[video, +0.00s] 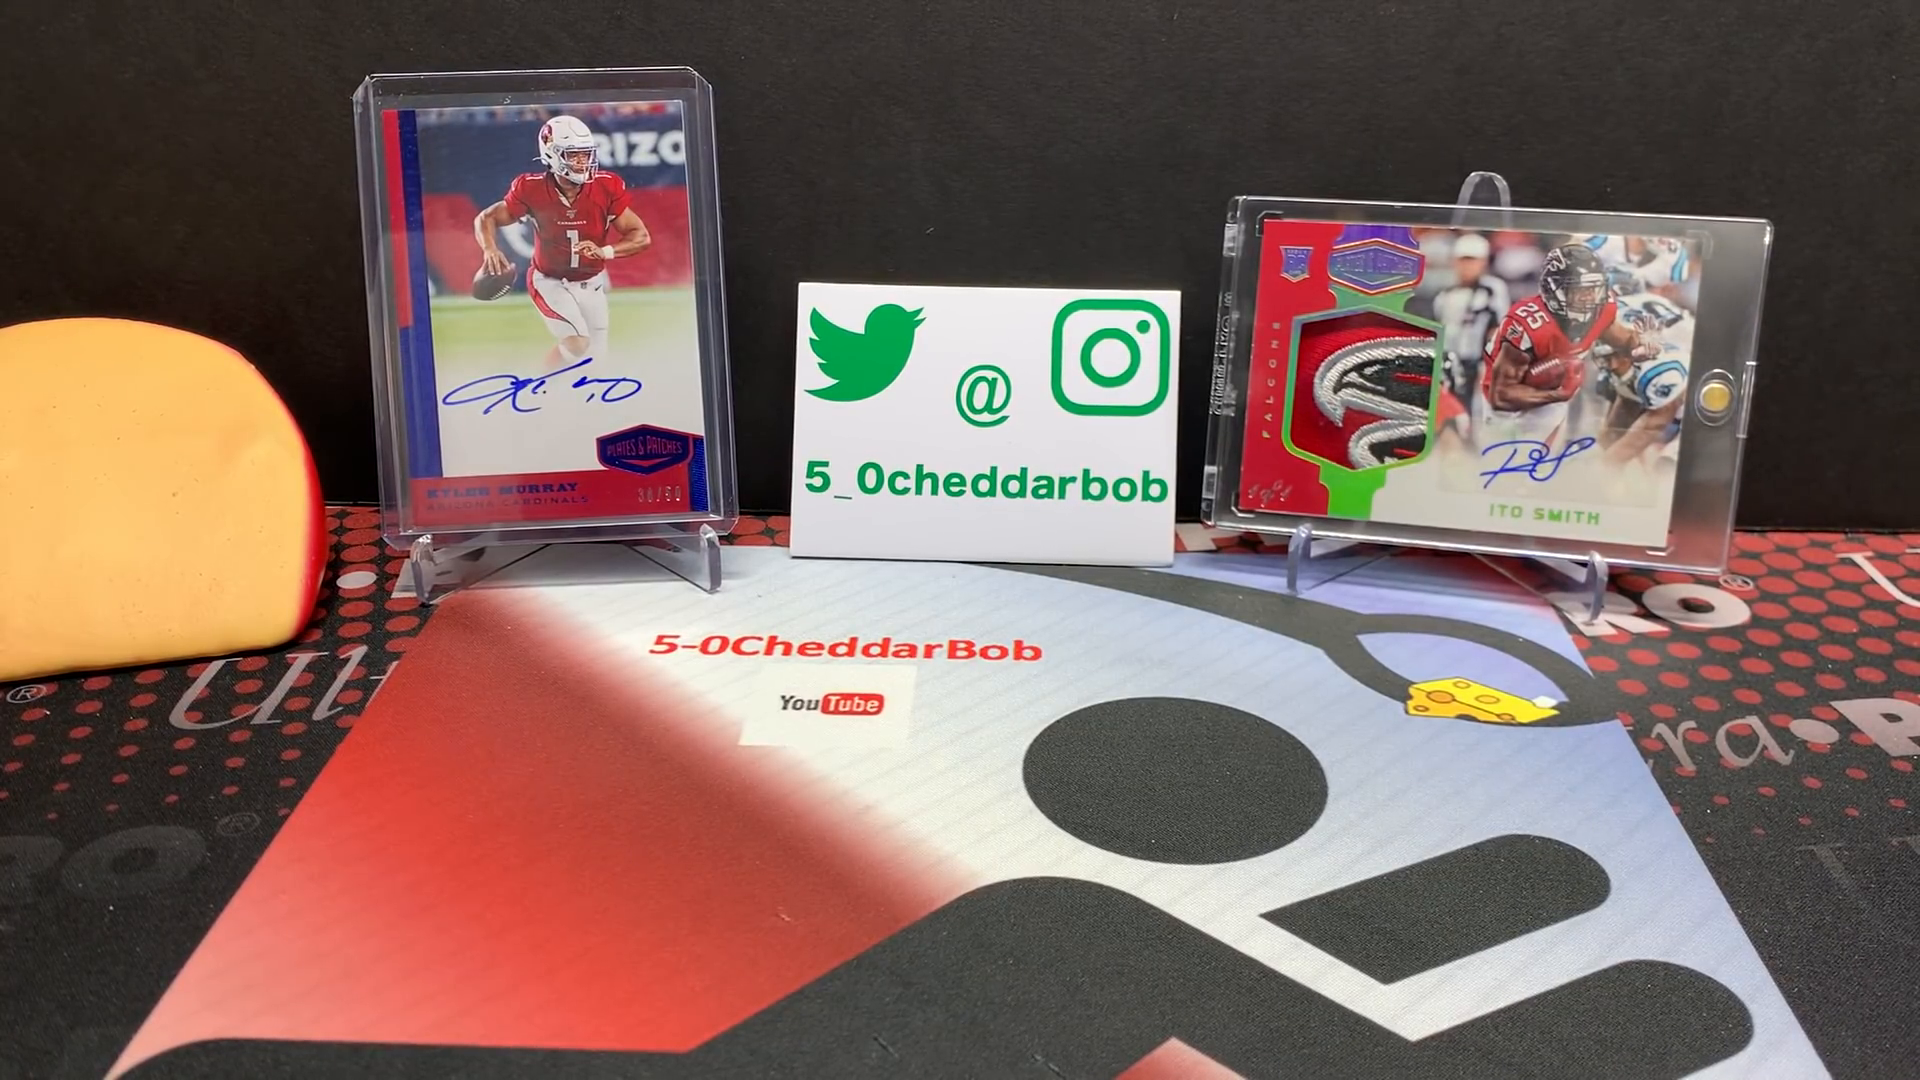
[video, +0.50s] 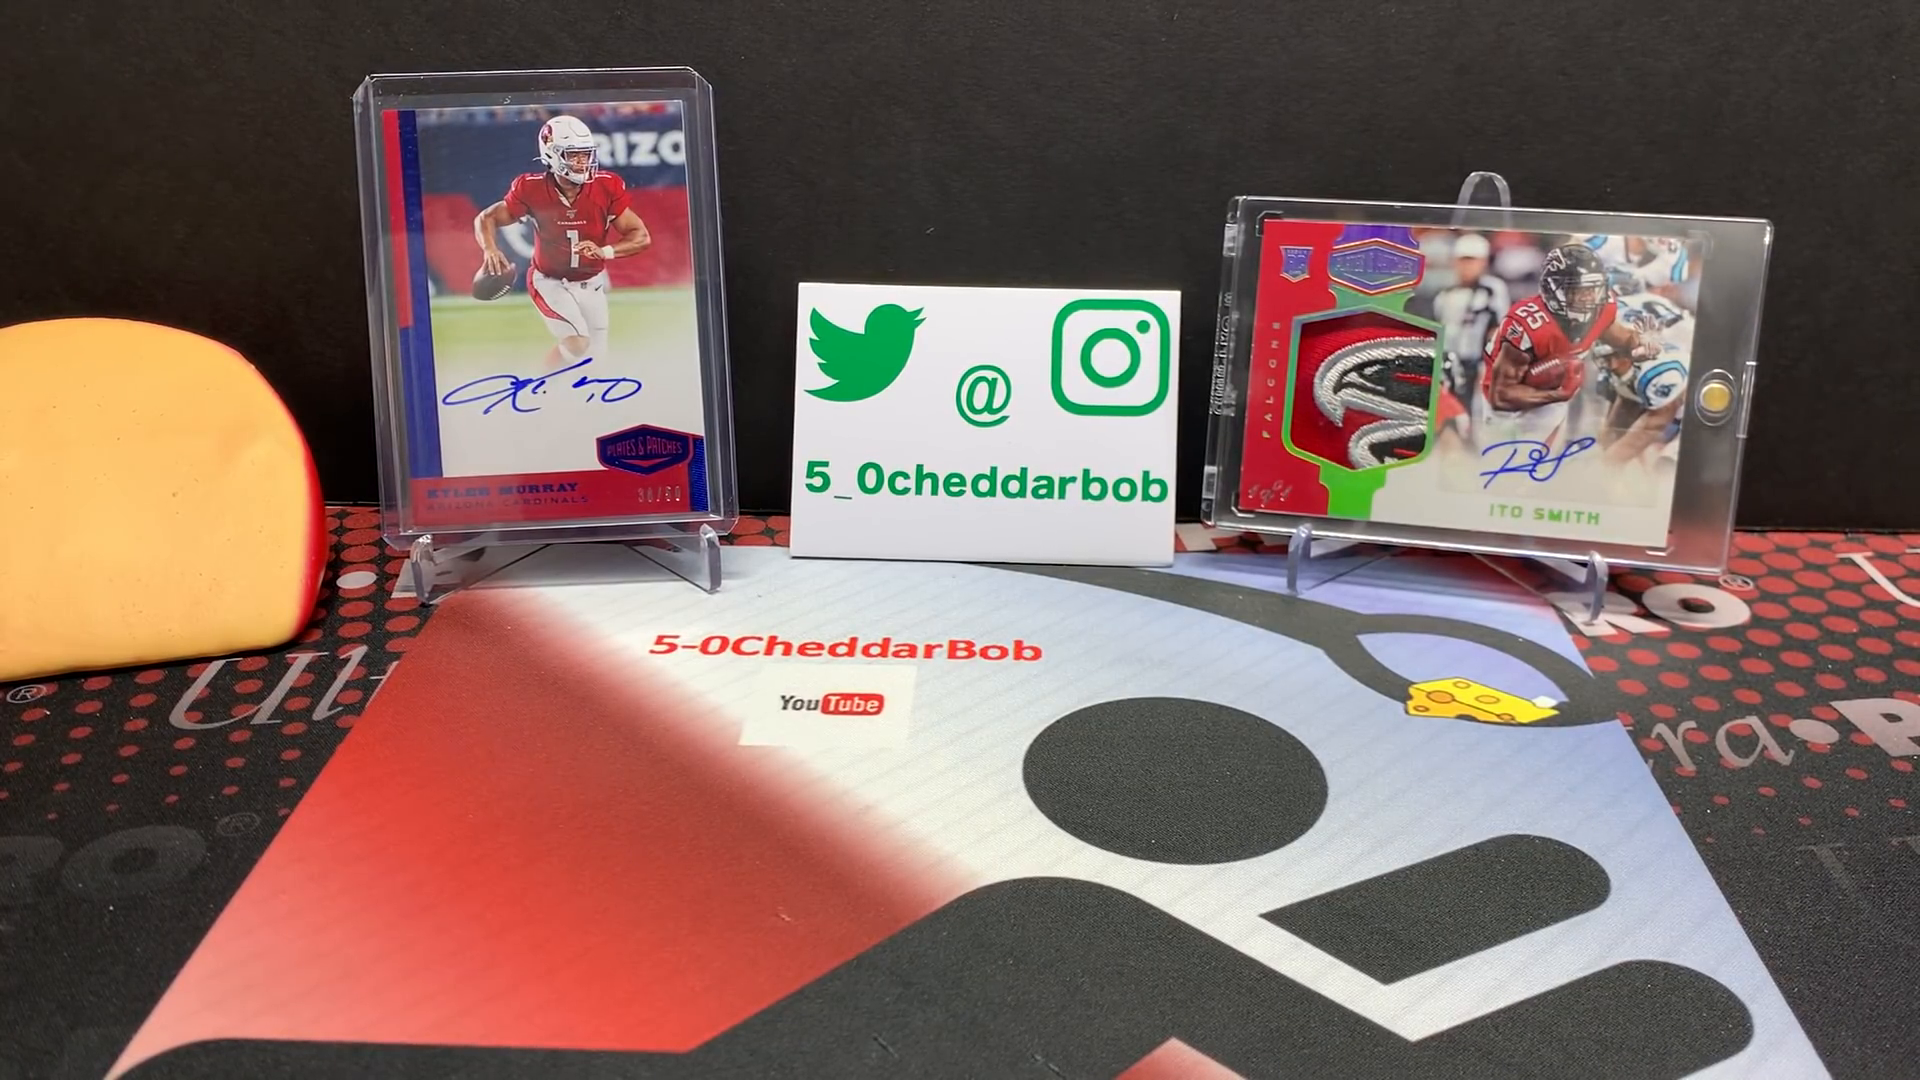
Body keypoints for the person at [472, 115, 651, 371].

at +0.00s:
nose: (581, 162)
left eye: (585, 155)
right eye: (572, 156)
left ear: (592, 154)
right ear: (552, 155)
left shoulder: (607, 187)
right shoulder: (530, 189)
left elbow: (641, 237)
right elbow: (484, 219)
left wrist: (605, 252)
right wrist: (490, 249)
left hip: (591, 282)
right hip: (548, 280)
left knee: (596, 361)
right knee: (576, 343)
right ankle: (533, 392)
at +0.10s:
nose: (580, 162)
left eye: (585, 155)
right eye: (572, 156)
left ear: (592, 154)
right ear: (552, 155)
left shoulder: (607, 187)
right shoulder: (530, 189)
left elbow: (641, 237)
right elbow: (484, 219)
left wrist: (605, 252)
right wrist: (490, 249)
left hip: (591, 282)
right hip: (549, 280)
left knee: (596, 360)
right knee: (576, 344)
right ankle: (533, 391)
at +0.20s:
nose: (580, 162)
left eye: (585, 155)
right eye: (572, 156)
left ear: (592, 154)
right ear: (552, 155)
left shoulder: (607, 187)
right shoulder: (530, 189)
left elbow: (641, 237)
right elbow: (484, 219)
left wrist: (605, 252)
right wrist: (490, 249)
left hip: (591, 282)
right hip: (549, 280)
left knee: (596, 360)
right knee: (576, 344)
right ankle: (533, 391)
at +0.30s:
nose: (580, 162)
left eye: (585, 155)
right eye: (572, 156)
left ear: (592, 154)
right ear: (552, 155)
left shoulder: (607, 187)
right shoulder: (530, 189)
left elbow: (641, 237)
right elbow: (484, 219)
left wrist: (605, 252)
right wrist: (490, 249)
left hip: (591, 282)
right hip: (548, 280)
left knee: (595, 361)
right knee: (576, 343)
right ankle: (533, 391)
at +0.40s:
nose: (580, 162)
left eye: (585, 155)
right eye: (572, 156)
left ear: (592, 154)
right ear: (552, 155)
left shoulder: (607, 186)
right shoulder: (530, 189)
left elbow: (641, 237)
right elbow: (484, 219)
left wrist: (605, 252)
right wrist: (490, 249)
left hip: (591, 282)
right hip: (548, 280)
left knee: (595, 361)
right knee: (576, 343)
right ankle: (533, 391)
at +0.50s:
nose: (580, 162)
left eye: (585, 155)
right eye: (572, 156)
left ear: (592, 154)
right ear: (552, 155)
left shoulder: (607, 186)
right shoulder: (530, 189)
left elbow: (641, 237)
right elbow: (484, 219)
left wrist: (605, 252)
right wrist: (490, 249)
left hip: (591, 282)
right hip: (548, 280)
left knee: (595, 361)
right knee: (576, 343)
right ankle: (533, 391)